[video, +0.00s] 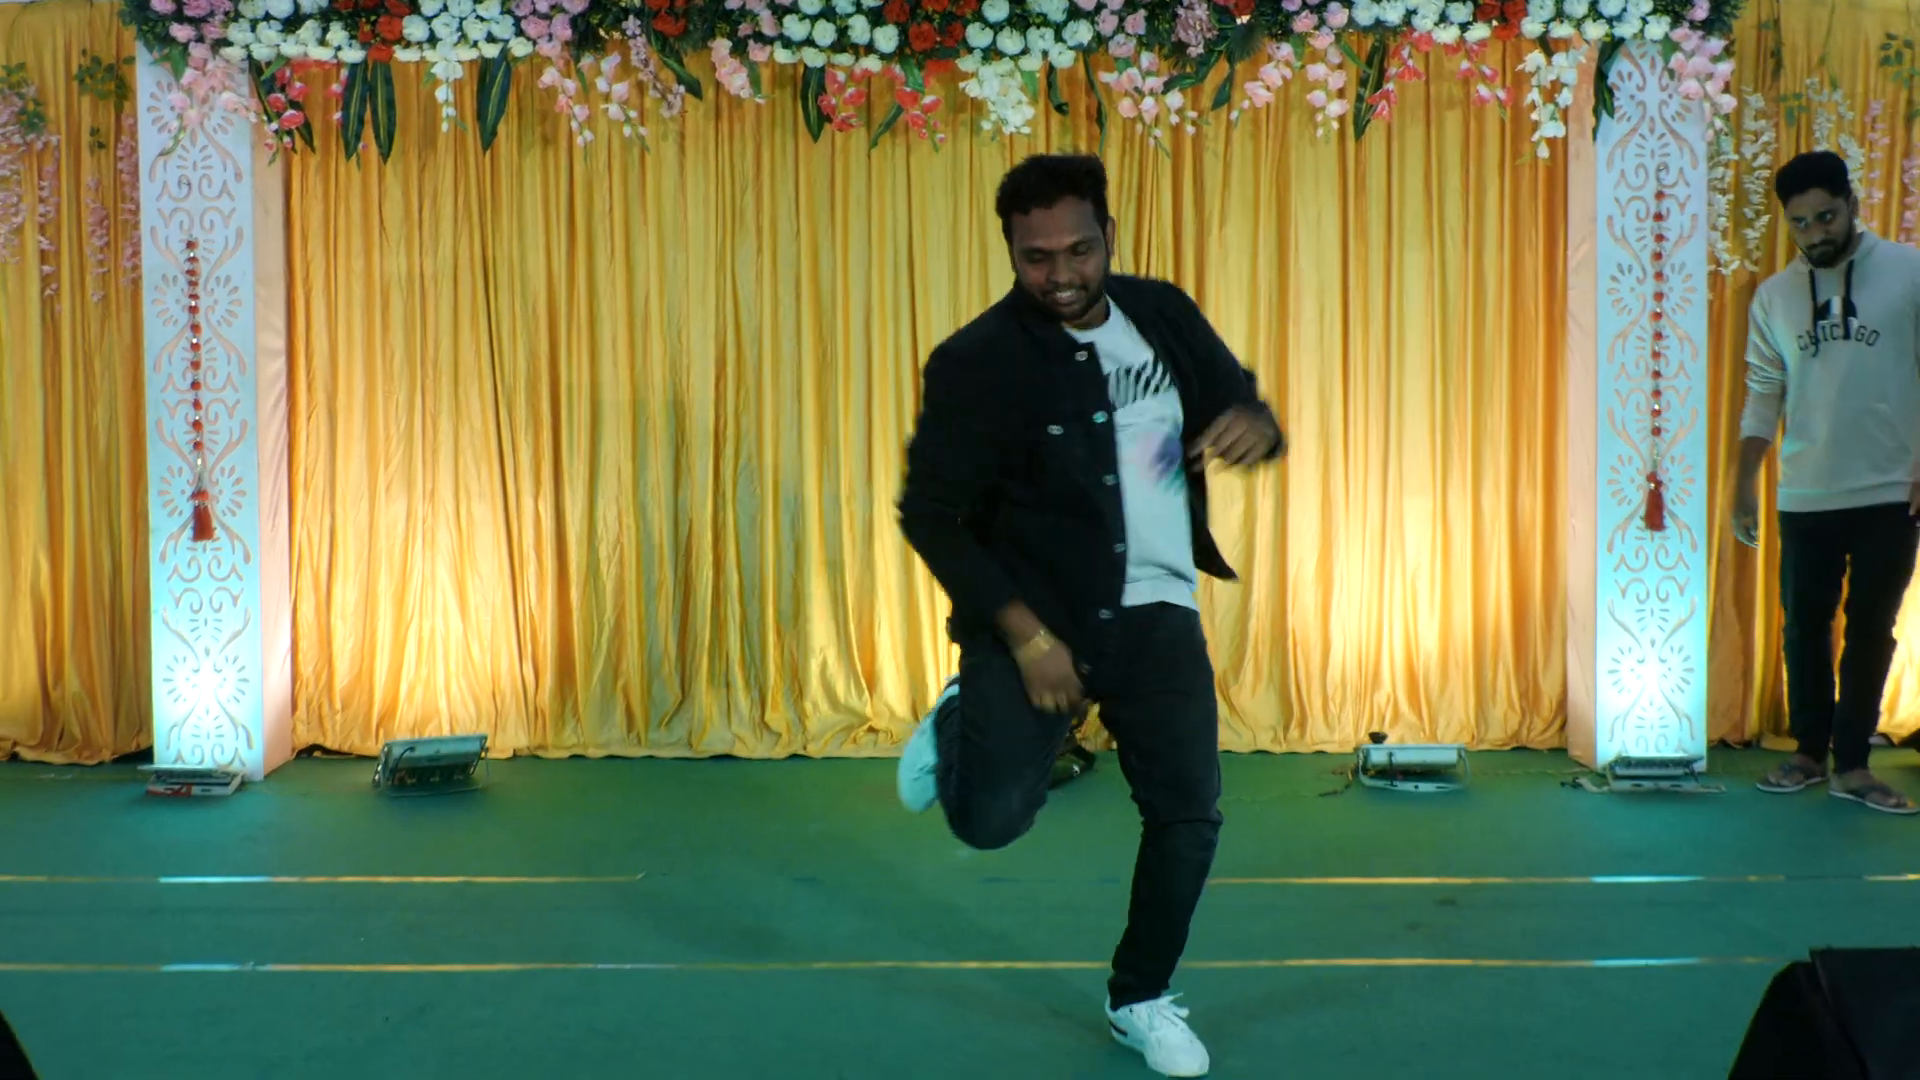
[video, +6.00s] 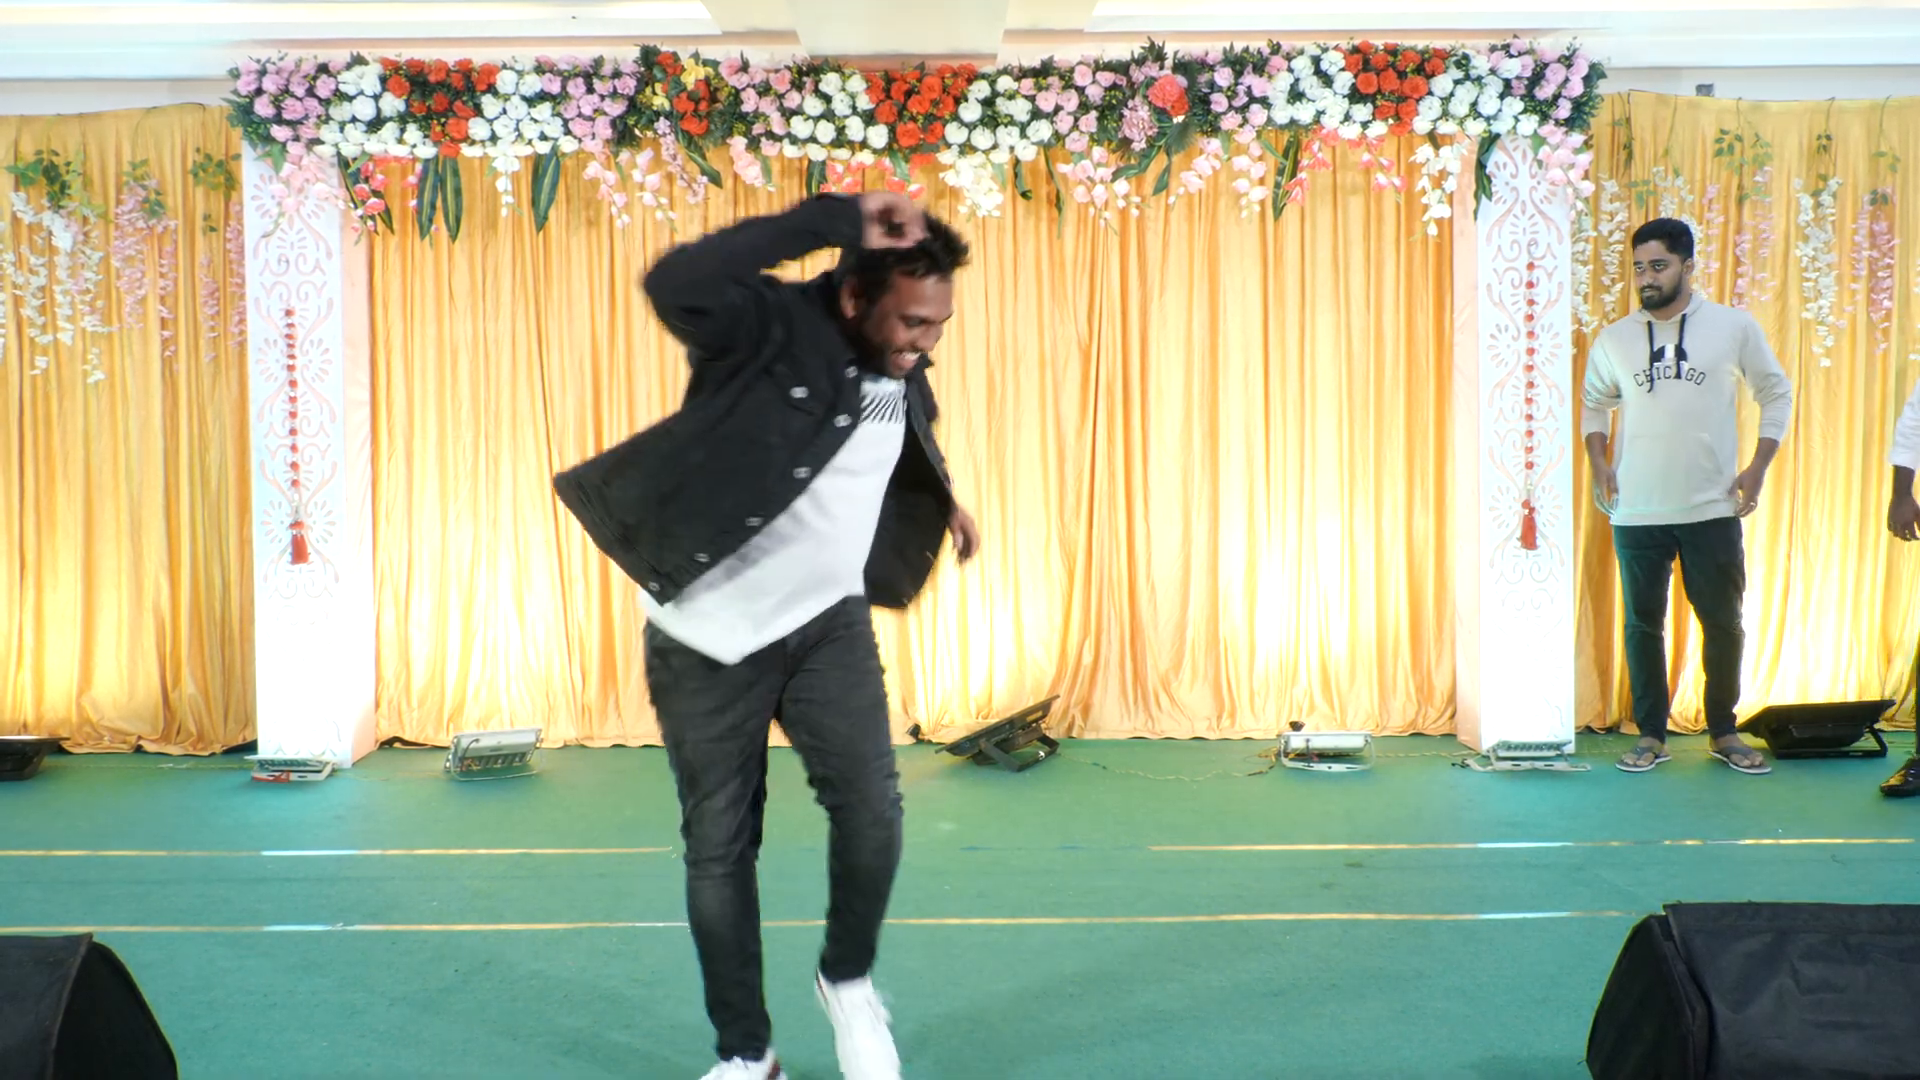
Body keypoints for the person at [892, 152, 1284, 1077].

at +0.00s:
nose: (1063, 276)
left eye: (1079, 251)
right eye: (1039, 258)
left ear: (1109, 240)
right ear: (1010, 255)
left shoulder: (1163, 314)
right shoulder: (974, 364)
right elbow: (928, 514)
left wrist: (1252, 425)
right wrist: (1023, 630)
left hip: (1158, 616)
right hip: (1032, 623)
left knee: (1187, 816)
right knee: (991, 820)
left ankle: (1139, 993)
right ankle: (956, 724)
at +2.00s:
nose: (1089, 257)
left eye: (1096, 236)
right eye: (1069, 239)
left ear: (1100, 221)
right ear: (1006, 226)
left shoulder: (1066, 285)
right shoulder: (960, 310)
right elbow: (988, 482)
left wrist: (1119, 334)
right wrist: (1144, 501)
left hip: (1060, 598)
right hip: (940, 607)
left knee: (1111, 800)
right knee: (893, 804)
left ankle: (1120, 1023)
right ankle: (849, 997)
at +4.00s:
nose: (1042, 436)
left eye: (1051, 420)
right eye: (1029, 422)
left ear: (1055, 383)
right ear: (973, 395)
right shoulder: (912, 445)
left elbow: (929, 301)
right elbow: (936, 576)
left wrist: (994, 306)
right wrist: (975, 444)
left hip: (944, 667)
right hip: (835, 648)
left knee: (951, 846)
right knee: (778, 831)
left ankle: (922, 1033)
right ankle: (707, 709)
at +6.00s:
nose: (924, 342)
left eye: (937, 325)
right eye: (912, 323)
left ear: (945, 312)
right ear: (854, 294)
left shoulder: (903, 371)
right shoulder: (765, 327)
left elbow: (900, 448)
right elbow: (674, 283)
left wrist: (945, 504)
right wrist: (836, 221)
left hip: (828, 619)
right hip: (708, 632)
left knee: (873, 815)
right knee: (719, 846)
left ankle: (847, 979)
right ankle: (742, 1055)